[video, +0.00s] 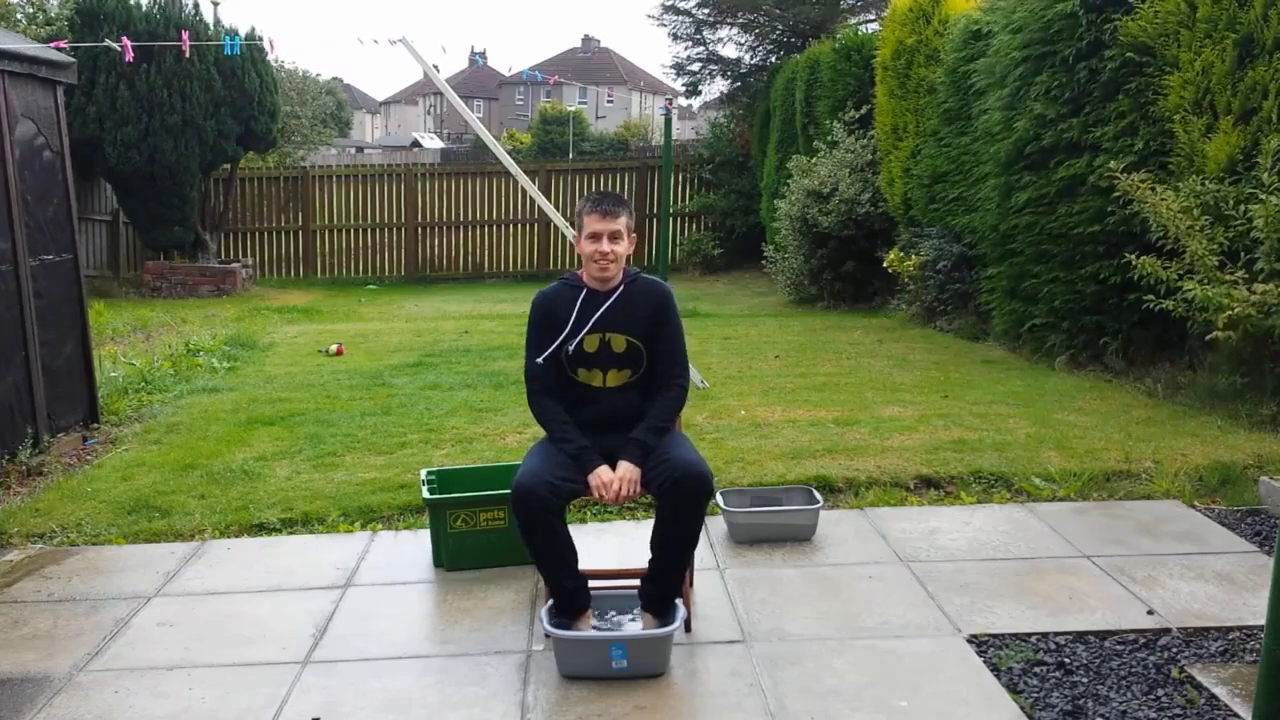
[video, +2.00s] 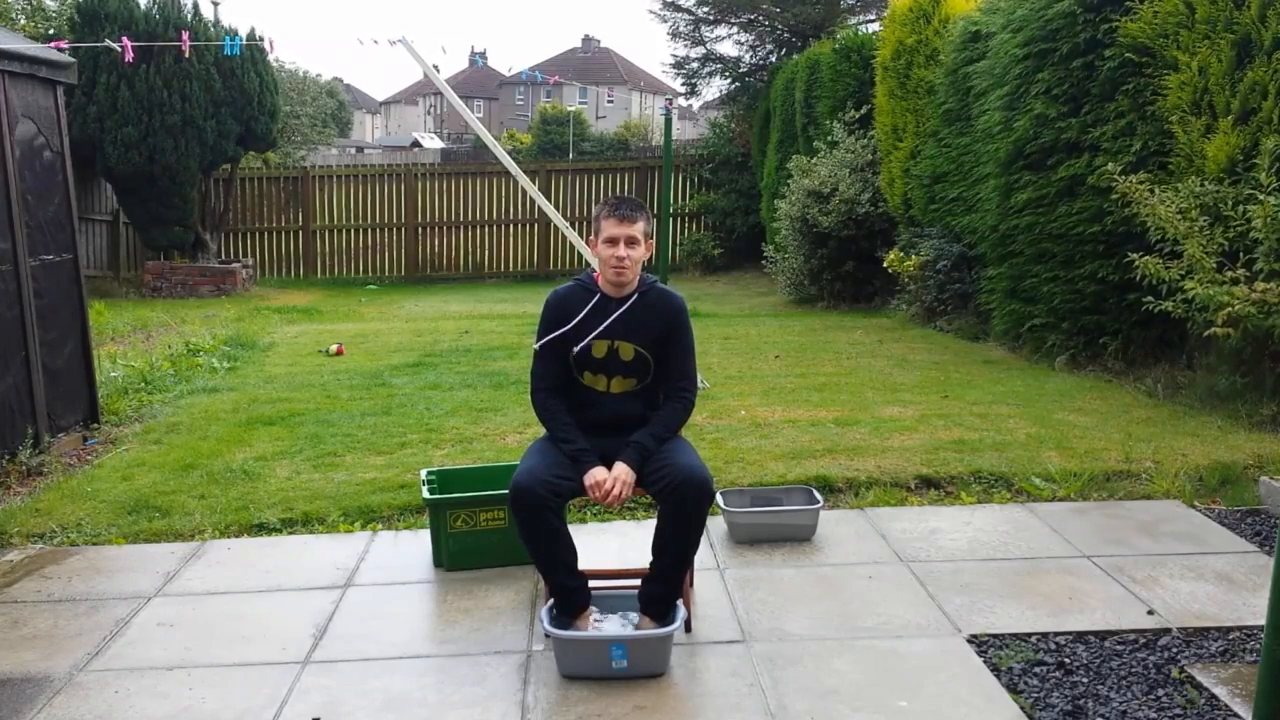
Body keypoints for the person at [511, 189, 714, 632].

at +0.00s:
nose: (604, 248)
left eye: (615, 238)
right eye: (593, 238)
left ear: (631, 244)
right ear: (577, 242)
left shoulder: (655, 297)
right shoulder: (550, 304)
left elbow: (673, 385)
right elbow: (541, 394)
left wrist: (634, 455)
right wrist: (589, 461)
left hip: (646, 433)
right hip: (573, 437)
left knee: (692, 479)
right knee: (528, 491)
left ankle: (658, 600)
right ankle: (572, 604)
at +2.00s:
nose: (620, 253)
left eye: (631, 243)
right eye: (610, 242)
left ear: (648, 250)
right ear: (593, 247)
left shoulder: (668, 308)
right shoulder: (563, 303)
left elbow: (681, 395)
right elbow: (545, 393)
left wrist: (632, 458)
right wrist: (587, 462)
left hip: (649, 435)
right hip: (575, 437)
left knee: (693, 485)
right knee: (527, 490)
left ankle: (656, 607)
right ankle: (574, 606)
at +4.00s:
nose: (616, 250)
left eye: (628, 240)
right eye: (606, 240)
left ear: (645, 248)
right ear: (590, 247)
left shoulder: (666, 307)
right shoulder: (562, 304)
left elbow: (680, 395)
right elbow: (545, 394)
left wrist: (633, 458)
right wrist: (587, 462)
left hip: (648, 436)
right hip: (574, 438)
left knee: (693, 484)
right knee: (527, 489)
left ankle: (658, 604)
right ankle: (571, 602)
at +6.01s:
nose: (582, 253)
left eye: (593, 242)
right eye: (571, 243)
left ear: (611, 249)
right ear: (557, 251)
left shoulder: (642, 303)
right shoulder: (540, 312)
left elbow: (671, 388)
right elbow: (537, 400)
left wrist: (631, 460)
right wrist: (588, 459)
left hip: (643, 435)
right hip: (570, 439)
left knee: (689, 483)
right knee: (527, 489)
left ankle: (658, 603)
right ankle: (572, 603)